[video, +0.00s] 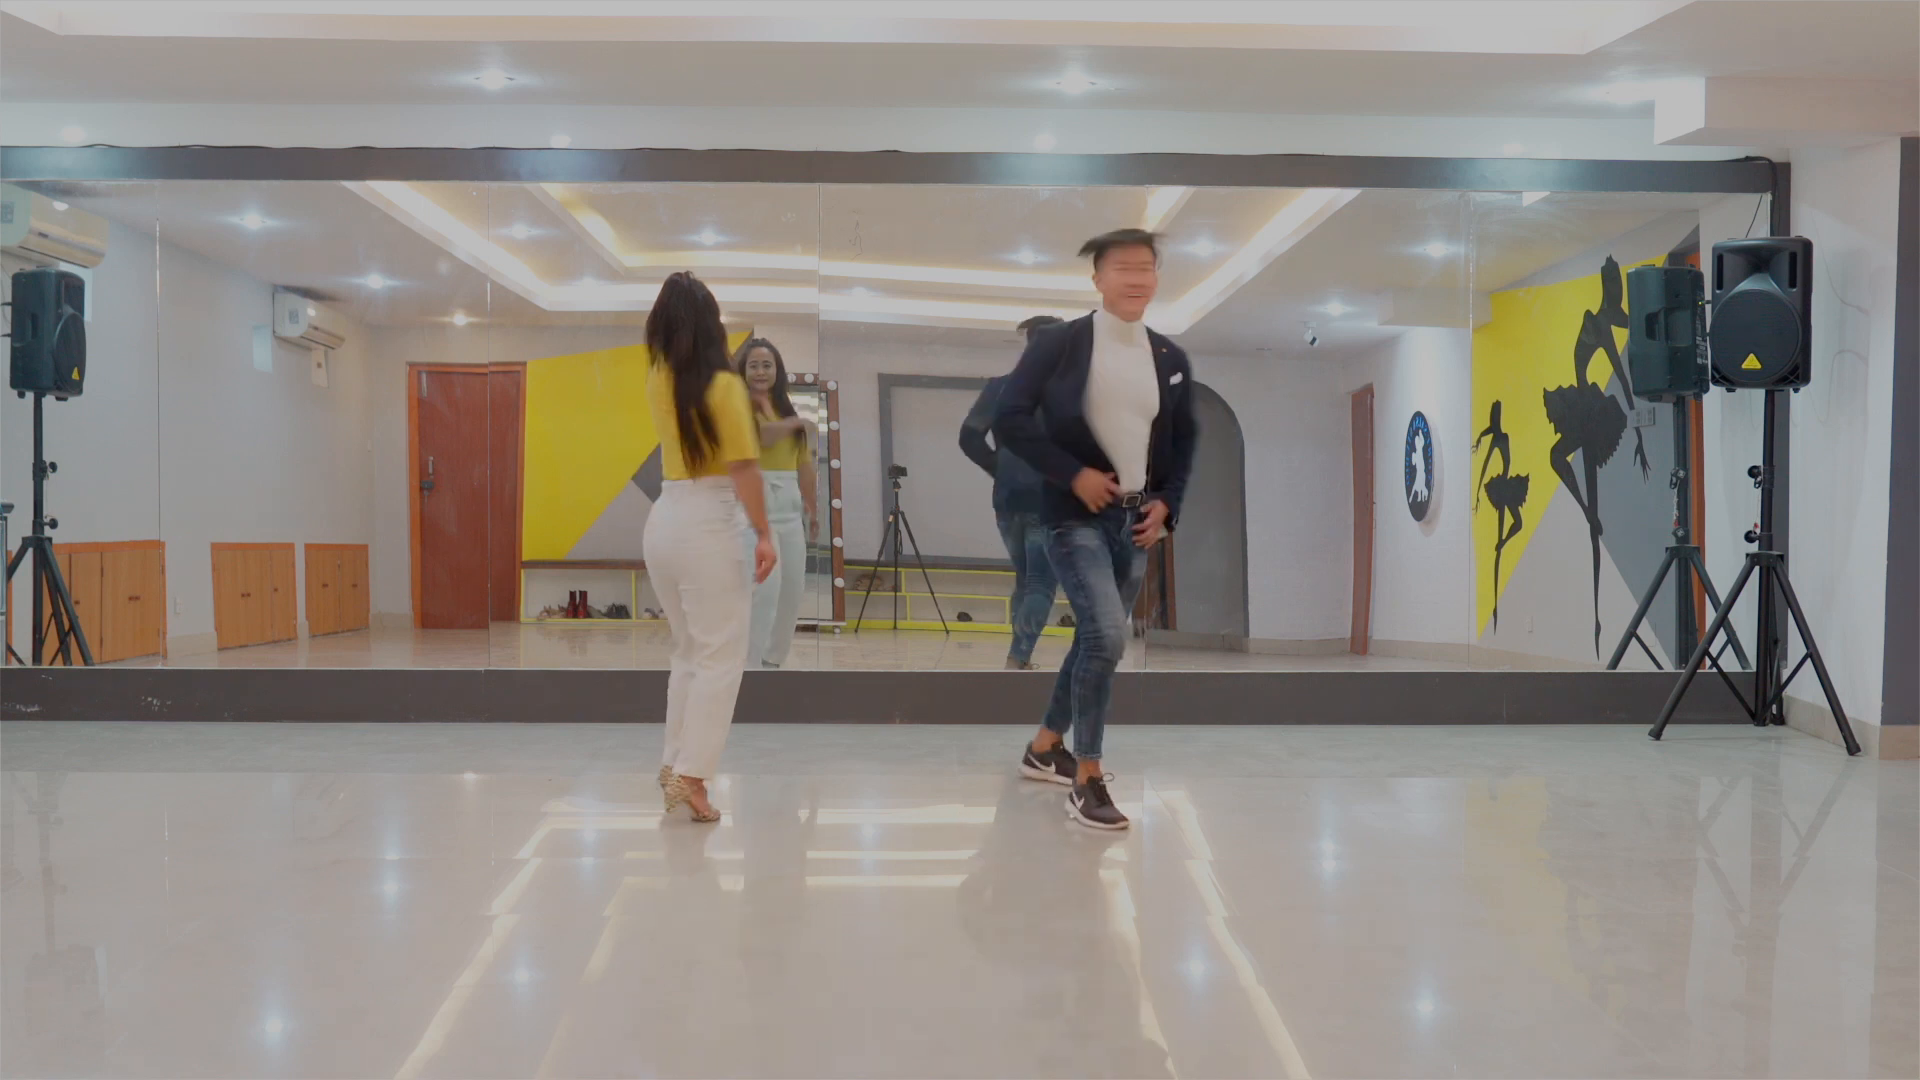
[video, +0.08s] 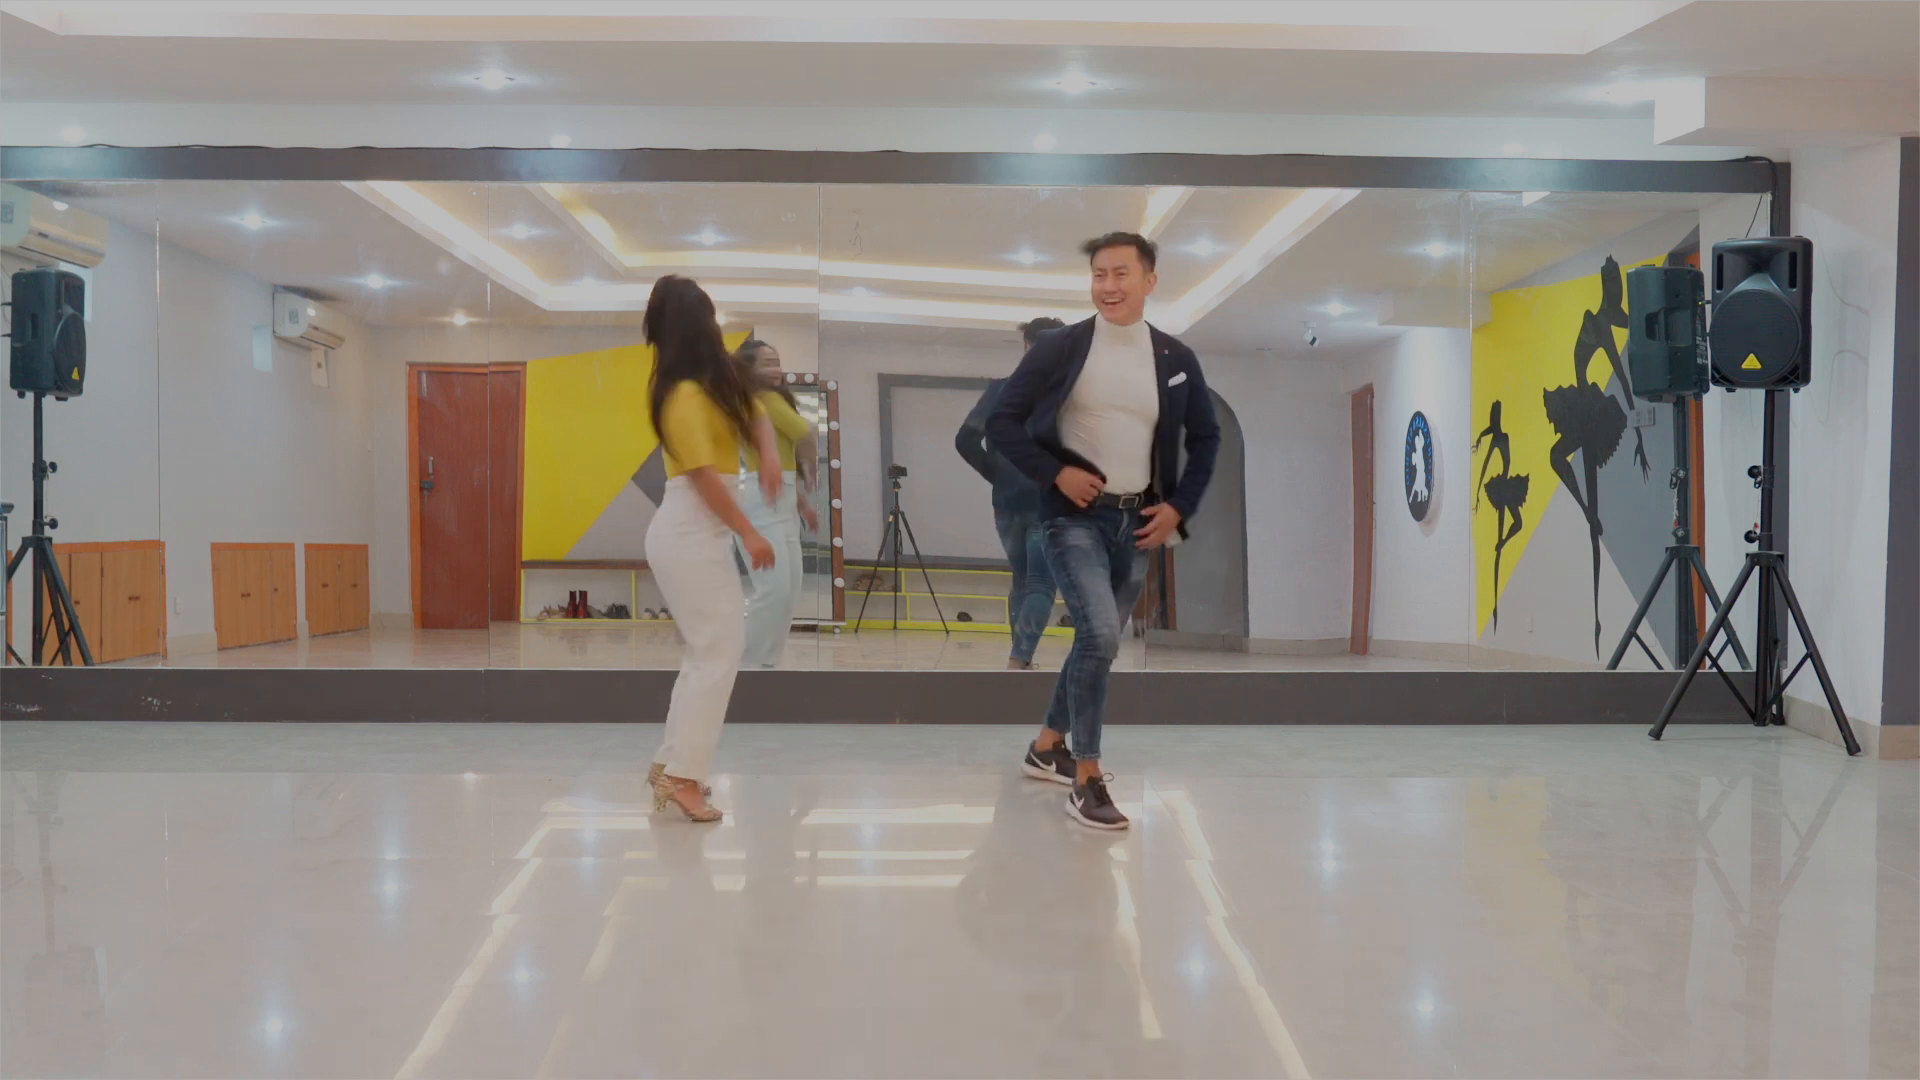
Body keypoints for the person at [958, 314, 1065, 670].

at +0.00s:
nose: (1047, 351)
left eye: (1038, 340)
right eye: (1051, 342)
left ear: (1027, 344)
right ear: (1060, 348)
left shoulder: (1003, 386)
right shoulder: (1070, 388)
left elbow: (969, 436)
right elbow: (1084, 437)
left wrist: (1001, 468)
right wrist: (1066, 473)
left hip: (1009, 493)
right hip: (1048, 495)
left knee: (1024, 579)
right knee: (1041, 583)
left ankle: (1020, 653)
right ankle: (1019, 657)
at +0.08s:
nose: (1034, 353)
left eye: (1030, 346)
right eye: (1044, 347)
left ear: (1026, 347)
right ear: (1061, 351)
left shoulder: (1002, 388)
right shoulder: (1069, 391)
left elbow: (966, 439)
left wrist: (997, 472)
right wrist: (1064, 474)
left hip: (1007, 492)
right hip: (1049, 495)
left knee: (1021, 579)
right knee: (1041, 582)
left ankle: (1021, 654)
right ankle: (1021, 658)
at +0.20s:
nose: (1028, 356)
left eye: (1025, 349)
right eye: (1039, 351)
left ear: (1026, 350)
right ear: (1061, 353)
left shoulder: (1004, 389)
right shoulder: (1072, 391)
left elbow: (964, 438)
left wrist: (993, 476)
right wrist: (1061, 476)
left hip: (1008, 493)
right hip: (1049, 495)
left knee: (1022, 579)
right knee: (1043, 582)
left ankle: (1022, 654)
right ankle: (1020, 659)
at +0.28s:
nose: (1058, 355)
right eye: (1058, 347)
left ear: (1027, 350)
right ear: (1060, 350)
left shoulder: (1010, 386)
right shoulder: (1070, 386)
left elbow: (961, 435)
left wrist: (989, 478)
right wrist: (1066, 477)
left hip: (1008, 496)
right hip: (1052, 497)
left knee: (1024, 579)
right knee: (1045, 583)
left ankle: (1025, 655)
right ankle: (1021, 658)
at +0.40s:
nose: (1064, 353)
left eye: (1061, 345)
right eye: (1062, 346)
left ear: (1028, 350)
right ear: (1059, 350)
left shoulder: (1010, 384)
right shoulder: (1069, 385)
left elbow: (958, 428)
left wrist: (978, 476)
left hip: (1009, 493)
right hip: (1053, 492)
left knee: (1030, 581)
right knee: (1049, 585)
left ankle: (1046, 662)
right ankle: (1019, 663)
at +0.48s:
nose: (1059, 358)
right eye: (1059, 350)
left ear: (1027, 354)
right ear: (1062, 353)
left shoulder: (1010, 388)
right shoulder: (1074, 388)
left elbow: (960, 425)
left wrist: (973, 476)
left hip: (1016, 500)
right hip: (1061, 501)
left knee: (1034, 587)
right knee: (1052, 588)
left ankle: (1063, 663)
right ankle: (1021, 664)